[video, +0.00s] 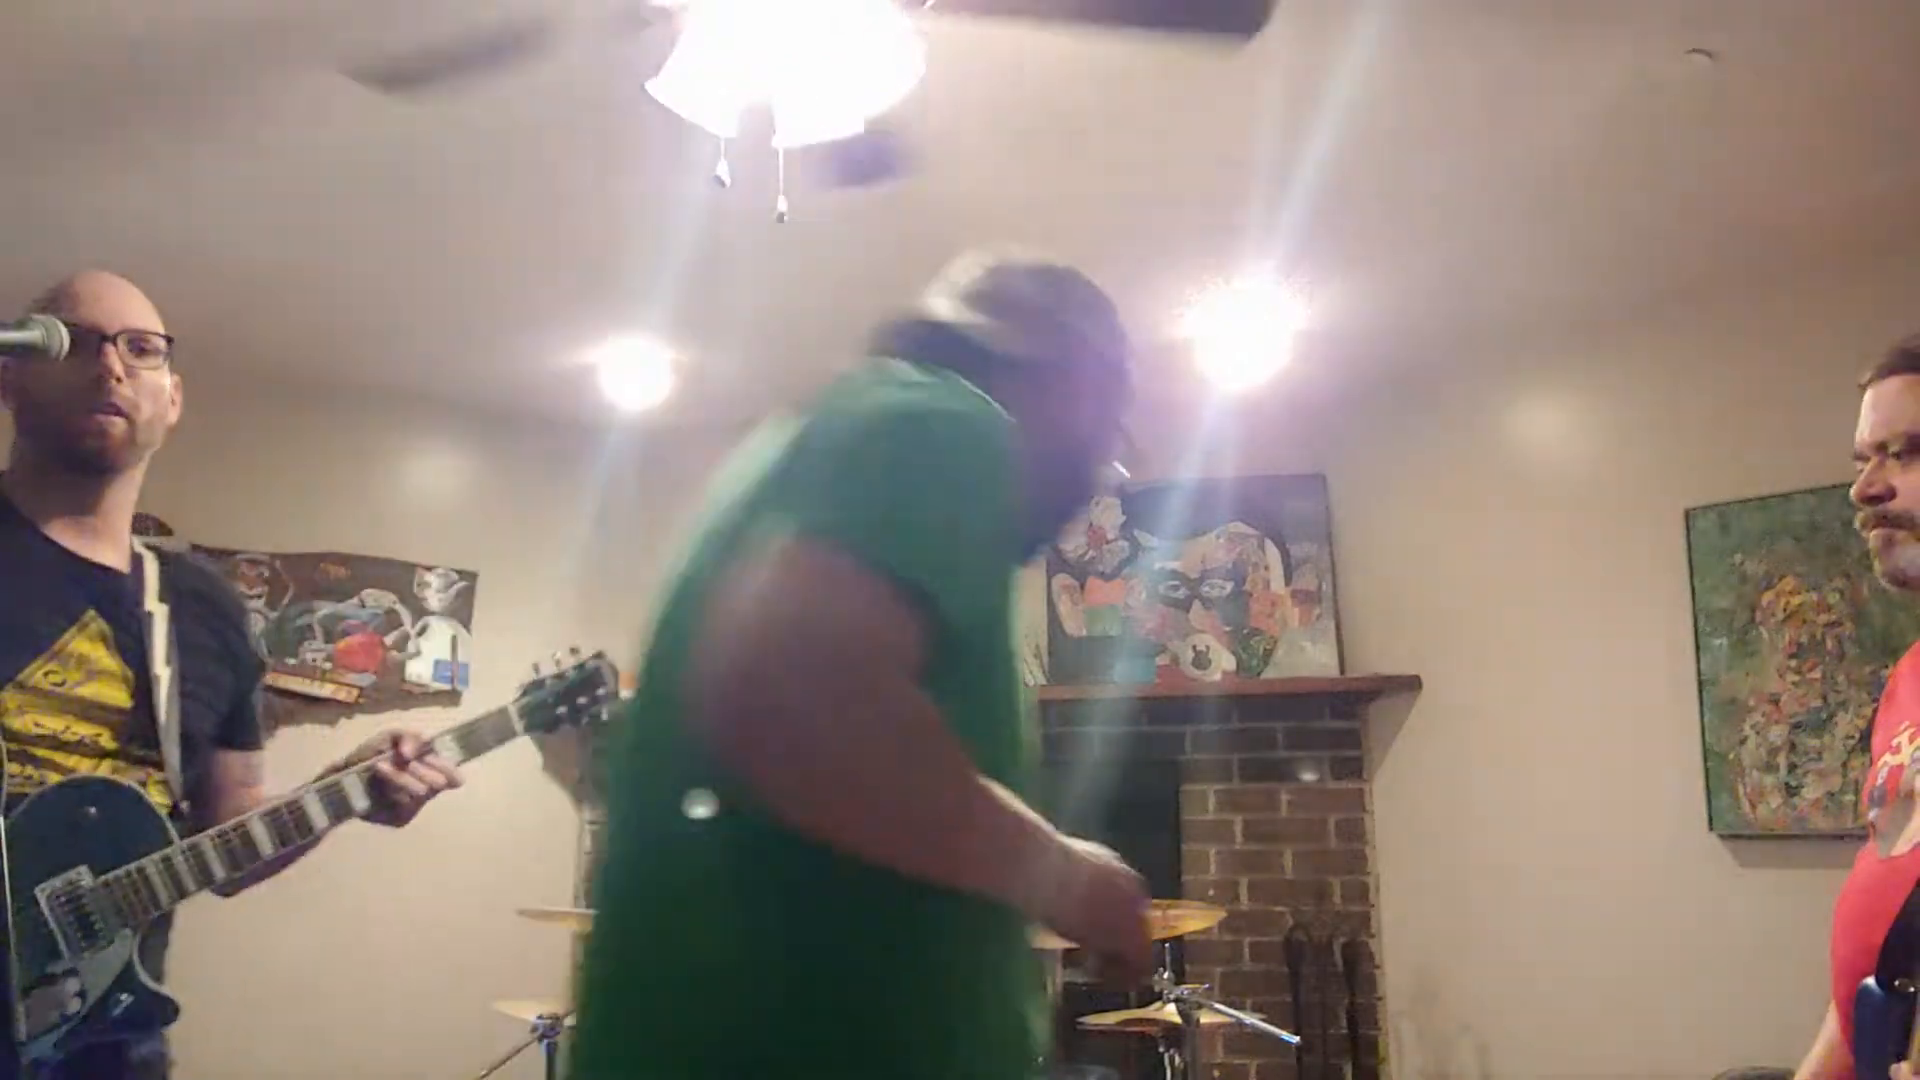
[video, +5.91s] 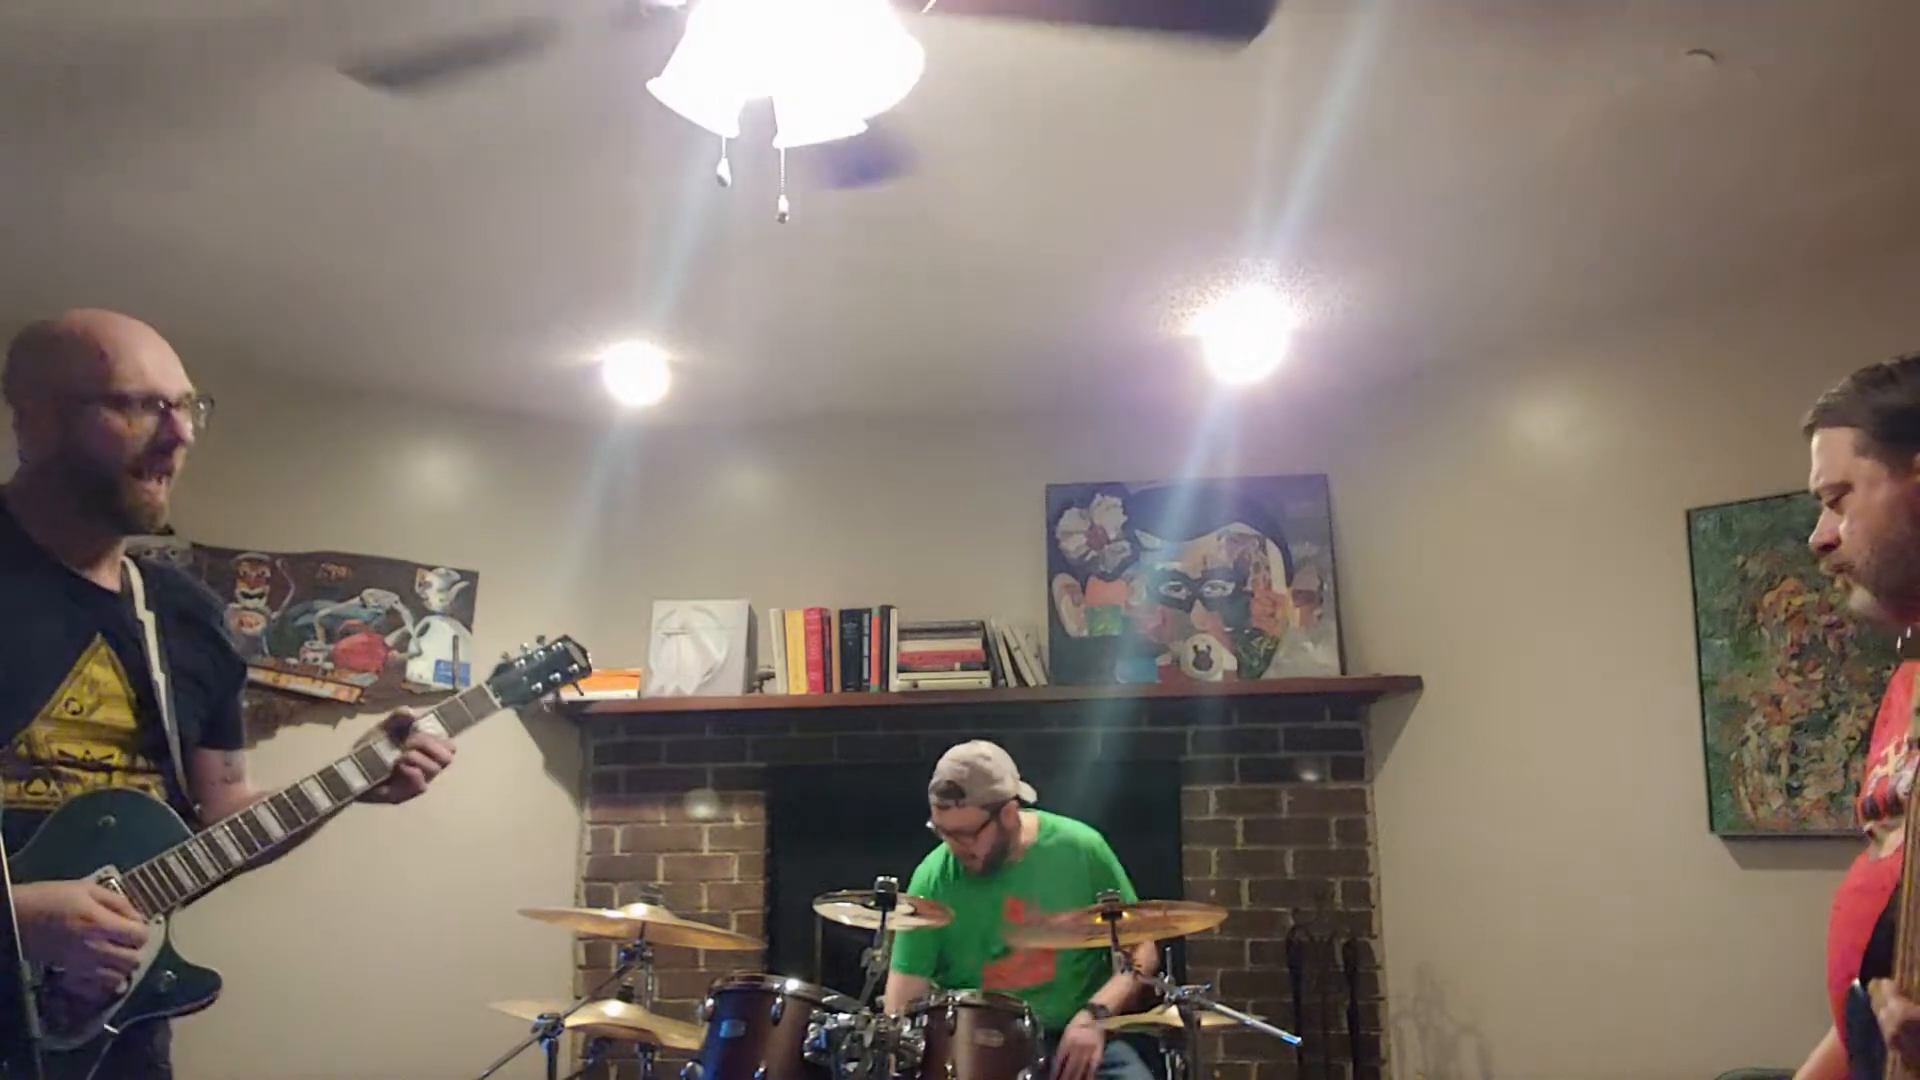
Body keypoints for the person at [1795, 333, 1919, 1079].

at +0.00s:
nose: (1867, 486)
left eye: (1902, 453)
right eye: (1863, 461)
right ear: (1858, 473)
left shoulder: (1909, 678)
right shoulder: (1905, 682)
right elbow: (1883, 915)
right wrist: (1818, 1066)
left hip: (1905, 1053)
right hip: (1871, 1050)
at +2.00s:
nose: (1900, 444)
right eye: (1902, 423)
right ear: (1894, 439)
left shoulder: (1910, 674)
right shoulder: (1909, 675)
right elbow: (1887, 898)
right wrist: (1818, 1066)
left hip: (1903, 1052)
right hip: (1873, 1050)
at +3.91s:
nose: (1854, 487)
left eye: (1888, 452)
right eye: (1864, 457)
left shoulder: (1907, 675)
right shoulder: (1905, 676)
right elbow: (1878, 909)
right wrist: (1809, 1069)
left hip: (1900, 1056)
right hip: (1862, 1051)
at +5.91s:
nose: (1820, 537)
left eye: (1839, 497)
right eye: (1821, 507)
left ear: (1915, 479)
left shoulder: (1909, 682)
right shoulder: (1903, 685)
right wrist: (1820, 1063)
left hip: (1906, 1051)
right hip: (1878, 1050)